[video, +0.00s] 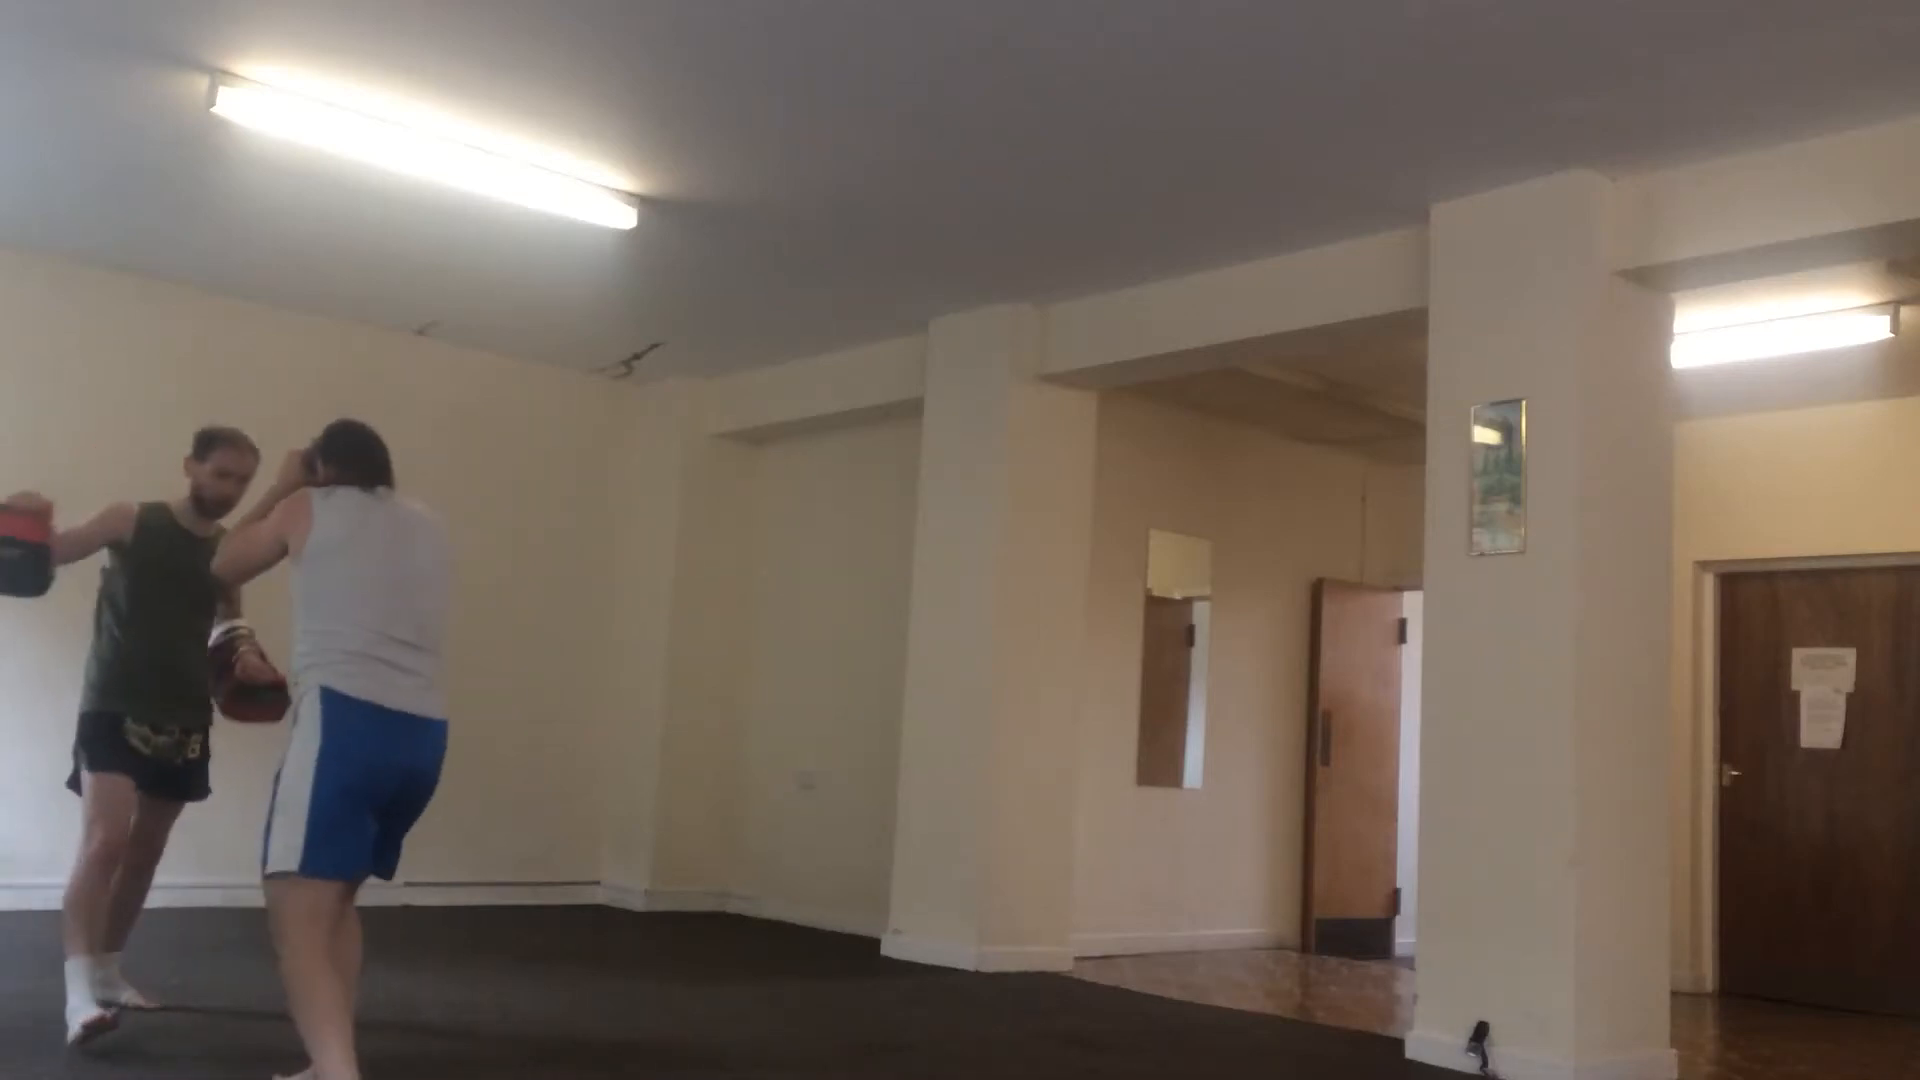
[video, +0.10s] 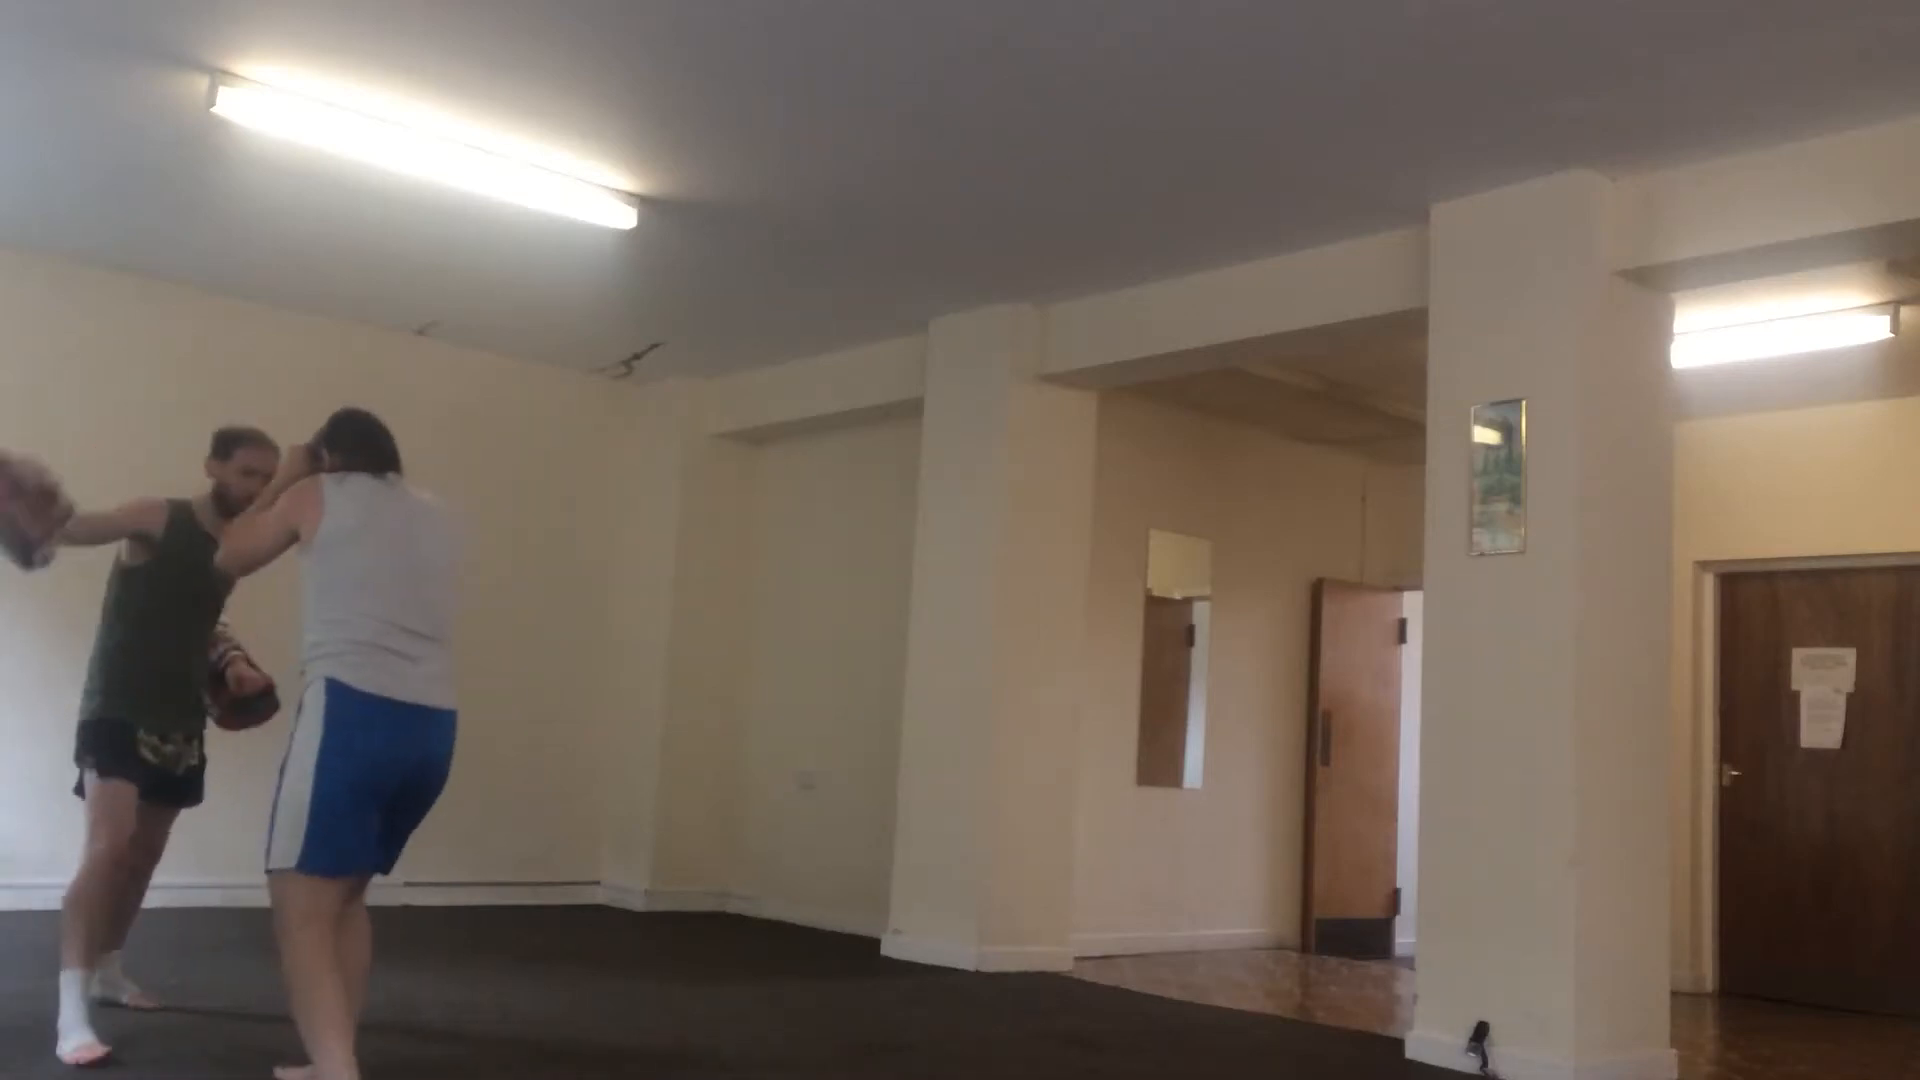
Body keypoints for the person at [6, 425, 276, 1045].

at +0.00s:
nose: (229, 487)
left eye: (241, 480)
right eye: (222, 473)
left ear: (246, 486)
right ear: (192, 466)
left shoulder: (228, 552)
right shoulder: (132, 521)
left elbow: (230, 635)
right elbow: (53, 552)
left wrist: (248, 659)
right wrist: (27, 523)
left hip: (182, 718)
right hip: (117, 707)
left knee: (145, 854)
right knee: (107, 843)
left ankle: (106, 973)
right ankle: (79, 997)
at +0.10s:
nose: (256, 488)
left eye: (266, 479)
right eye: (247, 473)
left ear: (270, 486)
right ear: (214, 468)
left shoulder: (236, 547)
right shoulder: (160, 516)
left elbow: (201, 624)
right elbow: (69, 527)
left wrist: (234, 658)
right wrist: (30, 519)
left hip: (180, 718)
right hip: (119, 709)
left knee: (142, 856)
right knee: (109, 849)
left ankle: (103, 967)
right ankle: (72, 1004)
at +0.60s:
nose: (243, 440)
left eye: (252, 430)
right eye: (232, 426)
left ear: (256, 432)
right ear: (194, 421)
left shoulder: (237, 501)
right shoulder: (141, 480)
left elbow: (238, 594)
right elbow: (47, 542)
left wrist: (281, 610)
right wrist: (106, 523)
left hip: (197, 693)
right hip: (127, 692)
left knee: (180, 842)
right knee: (107, 857)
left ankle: (91, 915)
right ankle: (76, 1019)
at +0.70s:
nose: (232, 451)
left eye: (244, 441)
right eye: (224, 435)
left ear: (250, 441)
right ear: (189, 422)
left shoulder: (240, 502)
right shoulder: (133, 478)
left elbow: (279, 580)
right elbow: (62, 557)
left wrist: (320, 568)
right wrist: (112, 522)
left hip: (202, 694)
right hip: (127, 692)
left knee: (195, 849)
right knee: (106, 857)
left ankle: (126, 951)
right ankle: (75, 1017)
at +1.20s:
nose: (267, 476)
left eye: (280, 465)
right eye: (258, 462)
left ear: (296, 461)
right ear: (233, 451)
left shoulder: (304, 521)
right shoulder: (192, 502)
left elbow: (323, 630)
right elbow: (143, 598)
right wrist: (193, 553)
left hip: (256, 709)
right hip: (176, 703)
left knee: (254, 863)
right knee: (123, 852)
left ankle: (232, 1007)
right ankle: (75, 1008)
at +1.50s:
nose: (246, 475)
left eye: (257, 463)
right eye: (234, 463)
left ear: (272, 459)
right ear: (209, 459)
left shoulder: (289, 524)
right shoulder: (184, 515)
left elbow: (275, 624)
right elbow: (165, 593)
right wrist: (132, 589)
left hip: (249, 707)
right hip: (176, 700)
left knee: (248, 867)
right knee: (127, 852)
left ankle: (233, 1006)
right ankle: (140, 986)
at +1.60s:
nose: (229, 478)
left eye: (239, 465)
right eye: (216, 467)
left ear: (257, 458)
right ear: (193, 463)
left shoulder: (278, 526)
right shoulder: (175, 521)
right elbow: (169, 605)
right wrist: (117, 589)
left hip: (242, 711)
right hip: (168, 704)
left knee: (245, 858)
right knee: (133, 850)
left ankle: (245, 992)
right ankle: (143, 988)